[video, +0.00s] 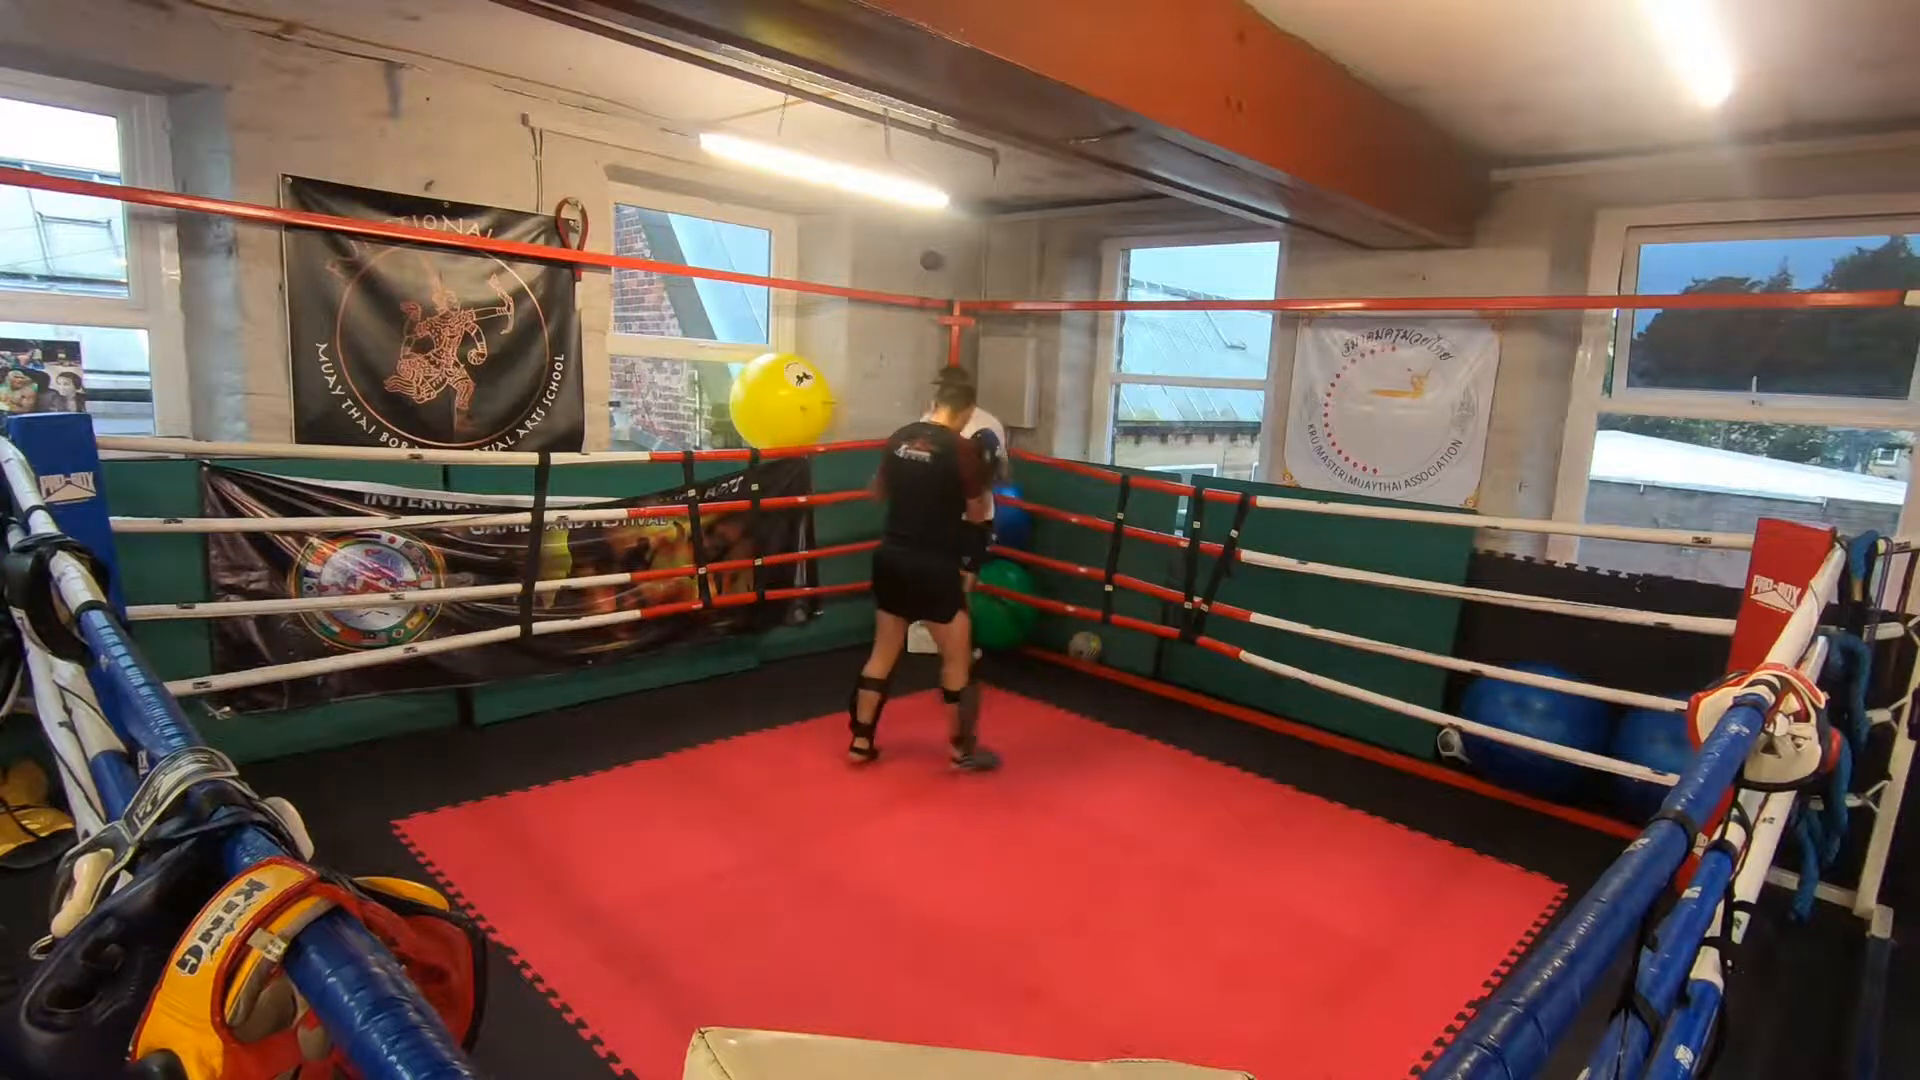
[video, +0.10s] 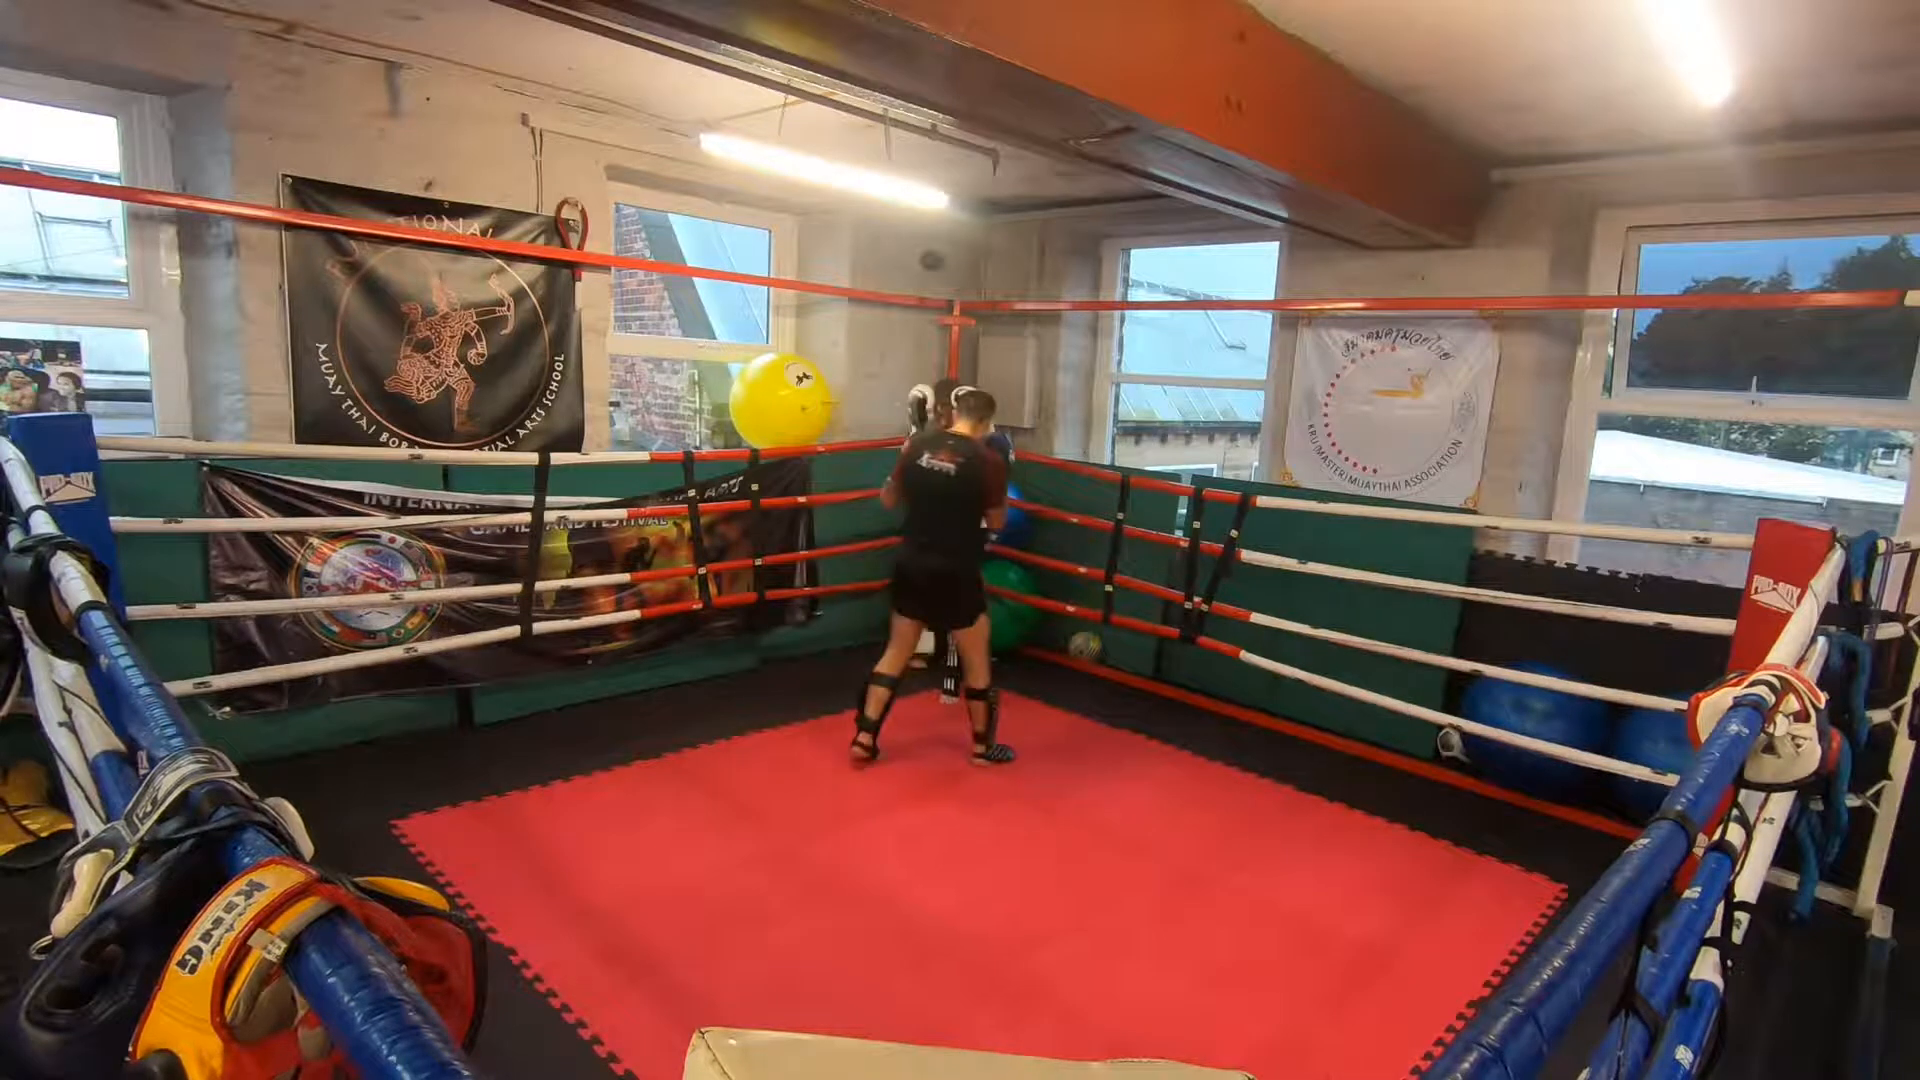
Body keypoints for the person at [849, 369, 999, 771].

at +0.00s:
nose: (963, 416)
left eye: (955, 408)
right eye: (966, 411)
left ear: (934, 402)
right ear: (968, 410)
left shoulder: (902, 436)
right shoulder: (963, 450)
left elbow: (879, 491)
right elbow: (978, 512)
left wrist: (919, 486)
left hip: (891, 560)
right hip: (937, 567)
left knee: (884, 650)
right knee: (955, 657)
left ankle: (860, 741)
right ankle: (963, 747)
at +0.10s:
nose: (987, 431)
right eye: (989, 426)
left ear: (953, 415)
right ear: (987, 422)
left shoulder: (919, 444)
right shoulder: (989, 461)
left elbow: (889, 498)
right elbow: (997, 521)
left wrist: (922, 478)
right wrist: (977, 491)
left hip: (912, 565)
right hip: (958, 571)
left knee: (897, 651)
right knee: (976, 660)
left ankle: (864, 736)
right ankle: (983, 744)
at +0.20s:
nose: (1005, 431)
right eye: (1005, 426)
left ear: (972, 415)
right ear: (1001, 425)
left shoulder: (938, 444)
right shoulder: (1004, 461)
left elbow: (901, 498)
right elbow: (1010, 519)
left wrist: (916, 475)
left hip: (927, 563)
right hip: (973, 570)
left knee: (911, 640)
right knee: (988, 656)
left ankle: (881, 720)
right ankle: (984, 743)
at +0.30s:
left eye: (978, 410)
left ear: (975, 409)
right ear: (1010, 417)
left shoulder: (946, 443)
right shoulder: (1020, 459)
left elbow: (909, 491)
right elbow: (1016, 516)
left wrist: (917, 469)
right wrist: (990, 495)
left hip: (937, 557)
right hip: (983, 565)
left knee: (919, 634)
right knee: (988, 655)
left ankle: (905, 715)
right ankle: (984, 743)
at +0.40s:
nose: (980, 415)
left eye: (978, 408)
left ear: (977, 408)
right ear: (1011, 413)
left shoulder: (952, 442)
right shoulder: (1025, 453)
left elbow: (915, 487)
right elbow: (1023, 493)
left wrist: (914, 466)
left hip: (947, 556)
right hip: (992, 563)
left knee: (928, 631)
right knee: (988, 655)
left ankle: (919, 709)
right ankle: (984, 743)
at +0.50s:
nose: (976, 417)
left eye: (974, 410)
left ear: (974, 412)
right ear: (1005, 414)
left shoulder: (950, 443)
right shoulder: (1025, 453)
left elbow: (919, 488)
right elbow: (1021, 493)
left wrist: (910, 470)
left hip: (949, 557)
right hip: (994, 562)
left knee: (938, 636)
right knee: (989, 654)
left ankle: (927, 701)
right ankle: (984, 743)